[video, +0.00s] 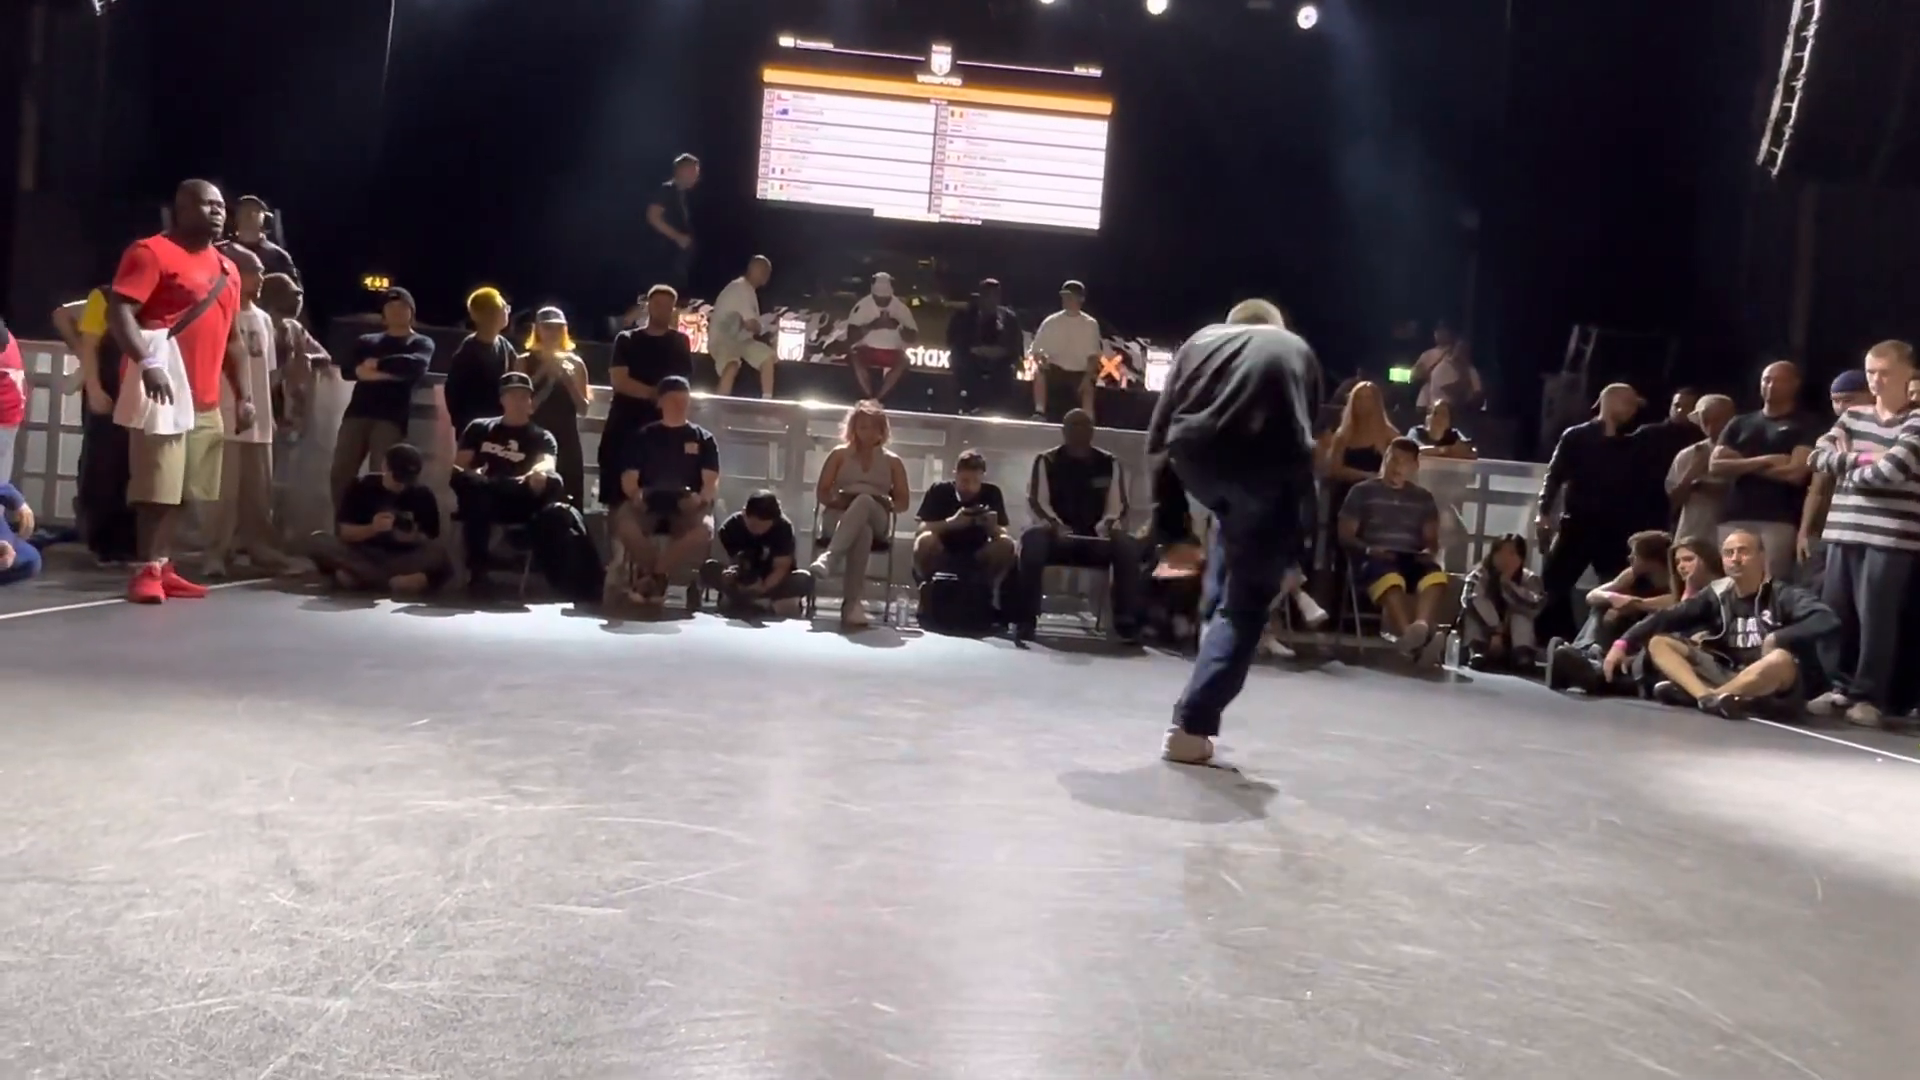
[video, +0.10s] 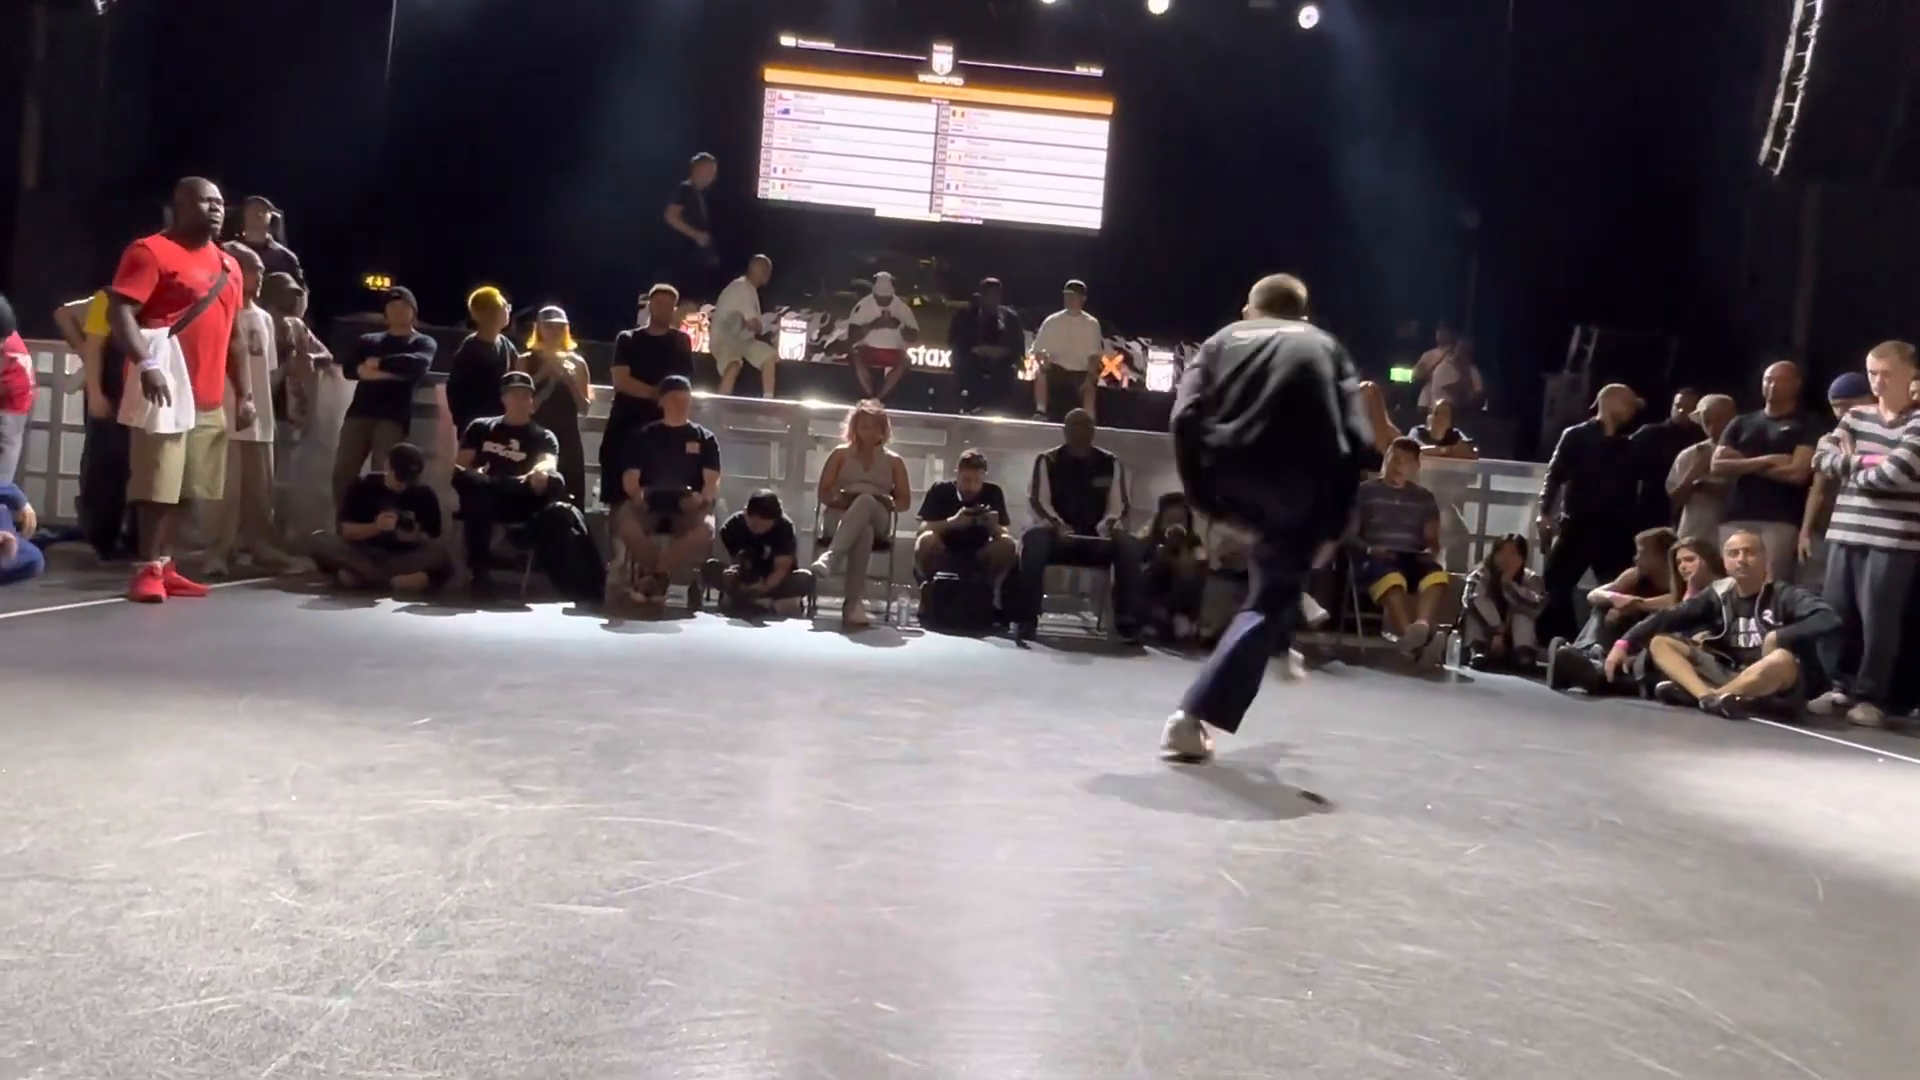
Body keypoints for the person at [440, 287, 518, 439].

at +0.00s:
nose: (509, 309)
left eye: (505, 305)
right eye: (503, 306)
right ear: (489, 314)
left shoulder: (505, 347)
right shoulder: (466, 354)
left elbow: (512, 384)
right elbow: (452, 389)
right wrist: (461, 424)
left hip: (501, 425)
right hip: (471, 427)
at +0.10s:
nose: (509, 308)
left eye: (506, 304)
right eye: (504, 305)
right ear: (491, 314)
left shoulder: (507, 347)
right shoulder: (468, 352)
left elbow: (513, 383)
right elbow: (454, 387)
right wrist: (462, 422)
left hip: (502, 424)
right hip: (473, 426)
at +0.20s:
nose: (511, 307)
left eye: (508, 303)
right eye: (505, 304)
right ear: (490, 313)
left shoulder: (508, 346)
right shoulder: (468, 352)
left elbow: (513, 383)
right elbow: (454, 387)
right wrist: (464, 422)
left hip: (502, 422)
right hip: (473, 424)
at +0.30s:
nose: (512, 306)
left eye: (509, 302)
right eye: (506, 303)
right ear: (490, 312)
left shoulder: (509, 345)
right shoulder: (469, 350)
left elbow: (514, 382)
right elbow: (455, 386)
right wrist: (465, 422)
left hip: (503, 422)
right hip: (474, 424)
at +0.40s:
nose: (513, 306)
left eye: (510, 301)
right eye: (507, 303)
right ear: (492, 311)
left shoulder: (509, 344)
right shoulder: (469, 351)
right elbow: (456, 386)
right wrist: (466, 422)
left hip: (504, 421)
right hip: (475, 424)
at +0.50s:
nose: (513, 305)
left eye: (510, 301)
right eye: (508, 301)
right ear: (492, 310)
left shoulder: (510, 343)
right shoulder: (470, 349)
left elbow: (516, 381)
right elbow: (458, 385)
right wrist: (467, 420)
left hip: (505, 420)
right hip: (476, 423)